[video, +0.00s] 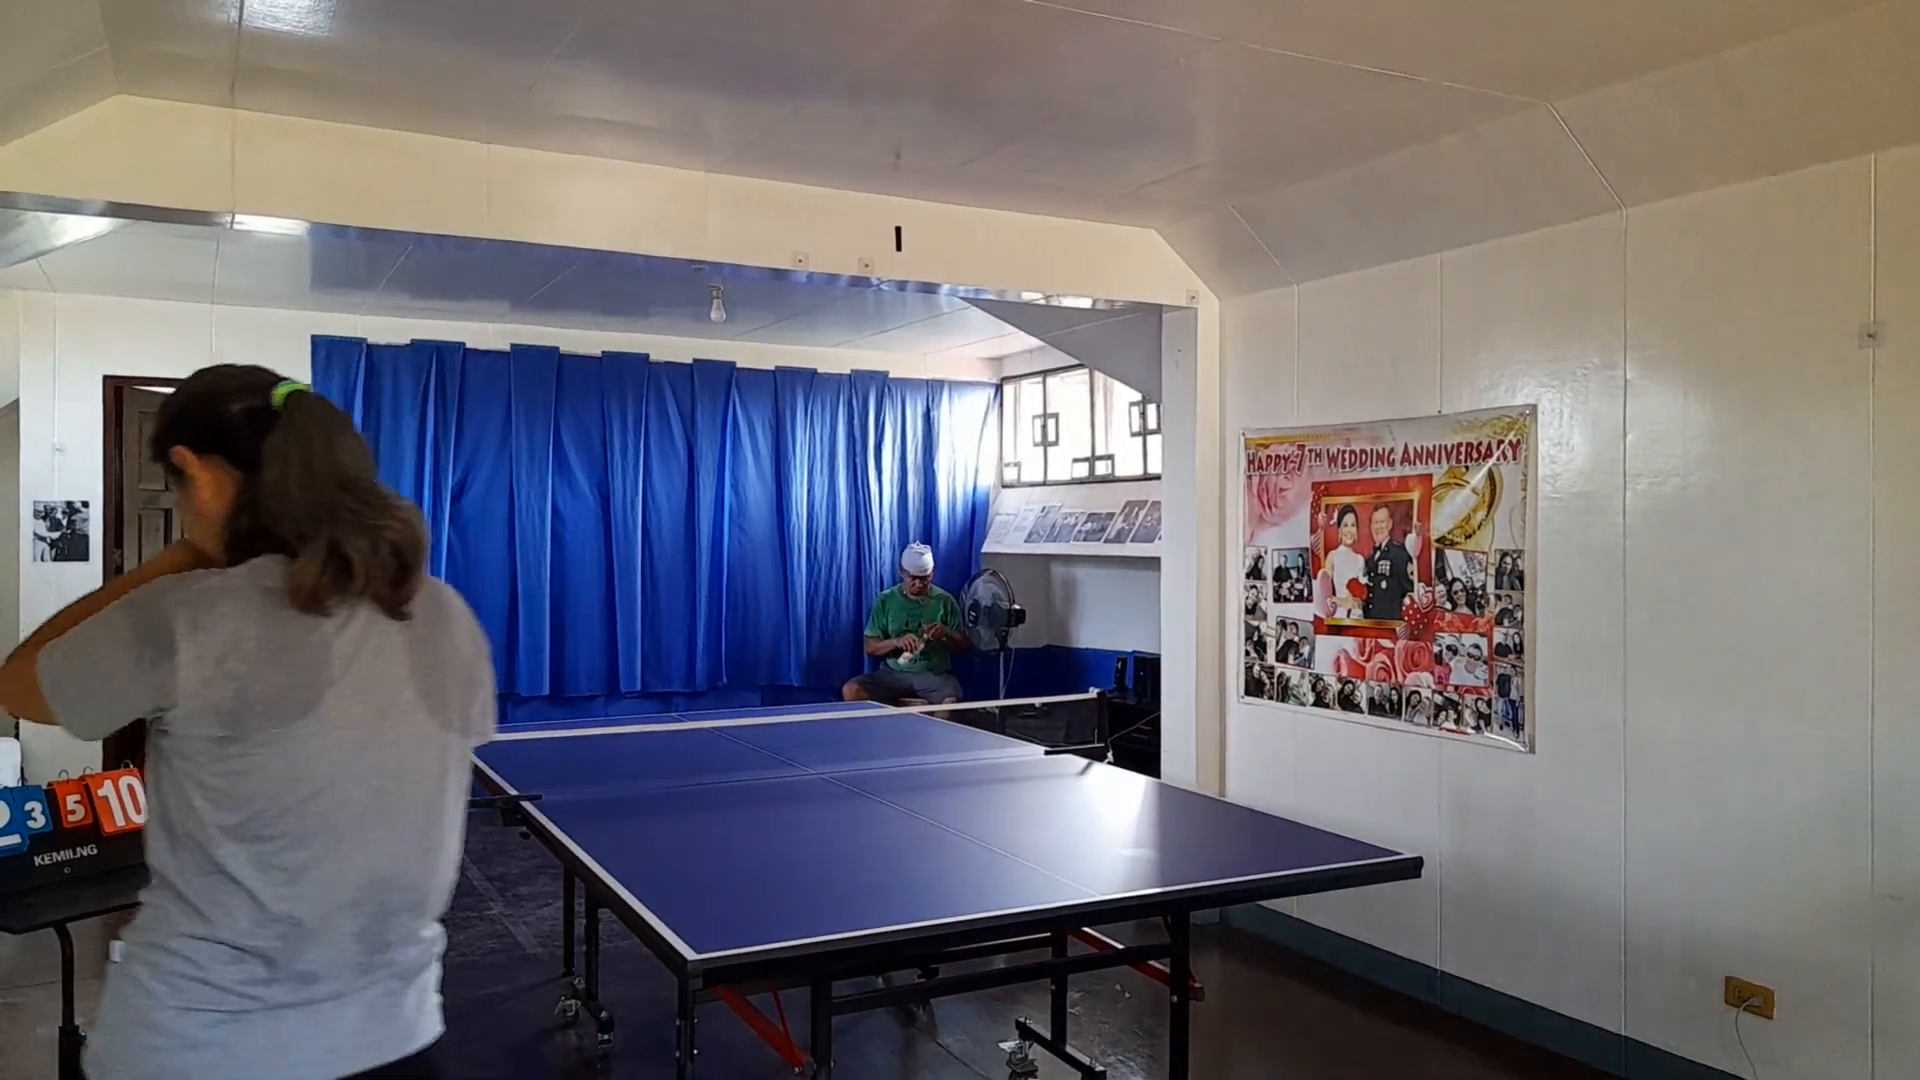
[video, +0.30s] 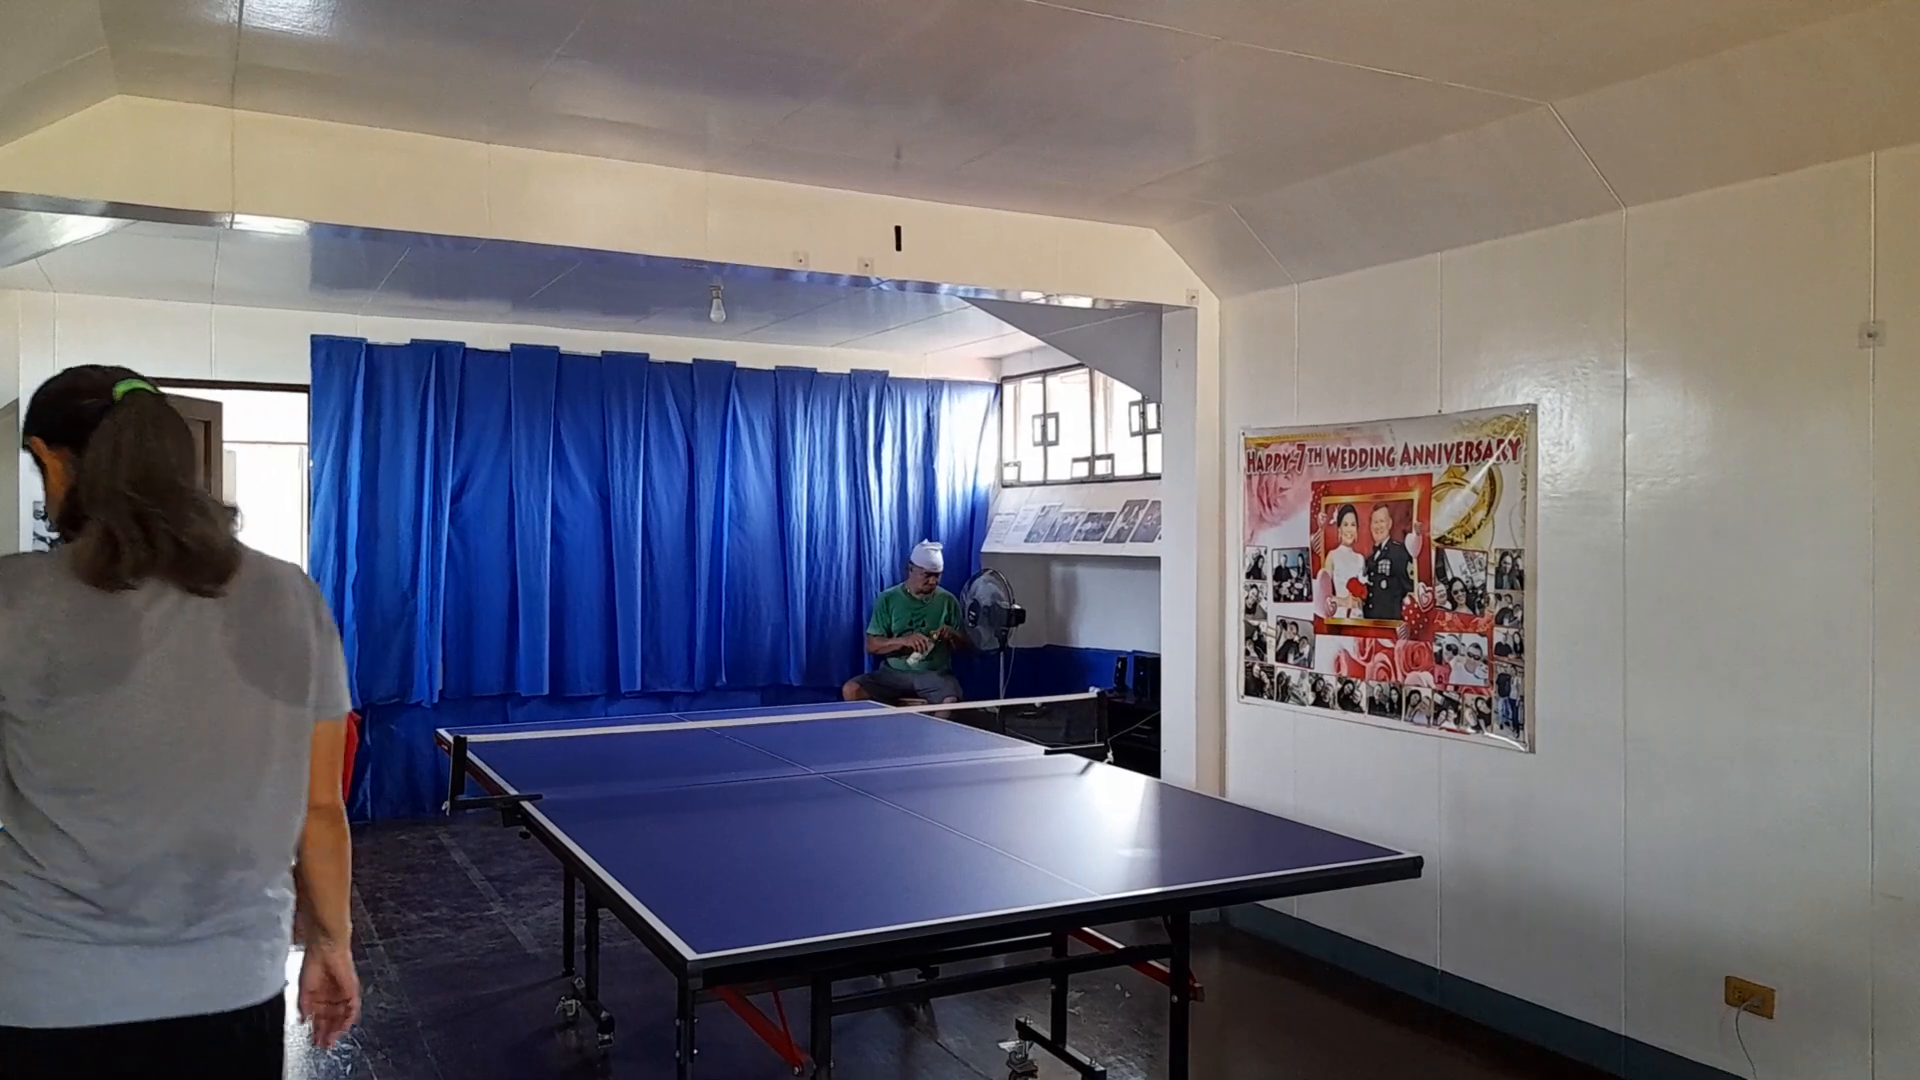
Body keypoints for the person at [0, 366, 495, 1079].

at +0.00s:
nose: (185, 512)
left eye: (180, 486)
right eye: (180, 489)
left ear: (198, 477)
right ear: (324, 461)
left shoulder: (187, 622)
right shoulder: (445, 618)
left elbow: (16, 685)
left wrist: (175, 563)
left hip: (193, 1051)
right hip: (394, 1037)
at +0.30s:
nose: (42, 493)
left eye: (40, 469)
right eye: (39, 469)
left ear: (62, 464)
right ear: (169, 456)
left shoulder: (18, 595)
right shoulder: (291, 598)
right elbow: (321, 804)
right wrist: (330, 942)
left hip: (45, 1021)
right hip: (234, 1018)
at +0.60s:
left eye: (5, 477)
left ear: (9, 486)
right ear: (128, 482)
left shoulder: (9, 599)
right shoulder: (214, 604)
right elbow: (284, 786)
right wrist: (360, 928)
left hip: (21, 974)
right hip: (172, 966)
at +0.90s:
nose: (5, 477)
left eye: (4, 468)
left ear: (10, 477)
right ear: (121, 475)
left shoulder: (7, 582)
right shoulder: (188, 584)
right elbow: (239, 755)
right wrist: (269, 868)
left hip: (22, 932)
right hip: (157, 921)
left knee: (39, 1067)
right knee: (133, 1065)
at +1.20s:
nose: (81, 491)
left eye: (76, 480)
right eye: (82, 481)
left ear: (2, 491)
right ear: (73, 489)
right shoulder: (125, 586)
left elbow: (173, 745)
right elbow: (174, 747)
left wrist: (168, 817)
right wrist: (171, 818)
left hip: (8, 893)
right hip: (96, 889)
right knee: (83, 1061)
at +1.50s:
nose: (12, 485)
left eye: (8, 475)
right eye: (13, 474)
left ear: (4, 473)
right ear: (6, 473)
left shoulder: (19, 571)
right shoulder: (14, 570)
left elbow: (49, 728)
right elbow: (50, 729)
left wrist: (77, 807)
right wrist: (81, 809)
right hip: (7, 842)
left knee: (32, 1021)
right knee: (27, 1027)